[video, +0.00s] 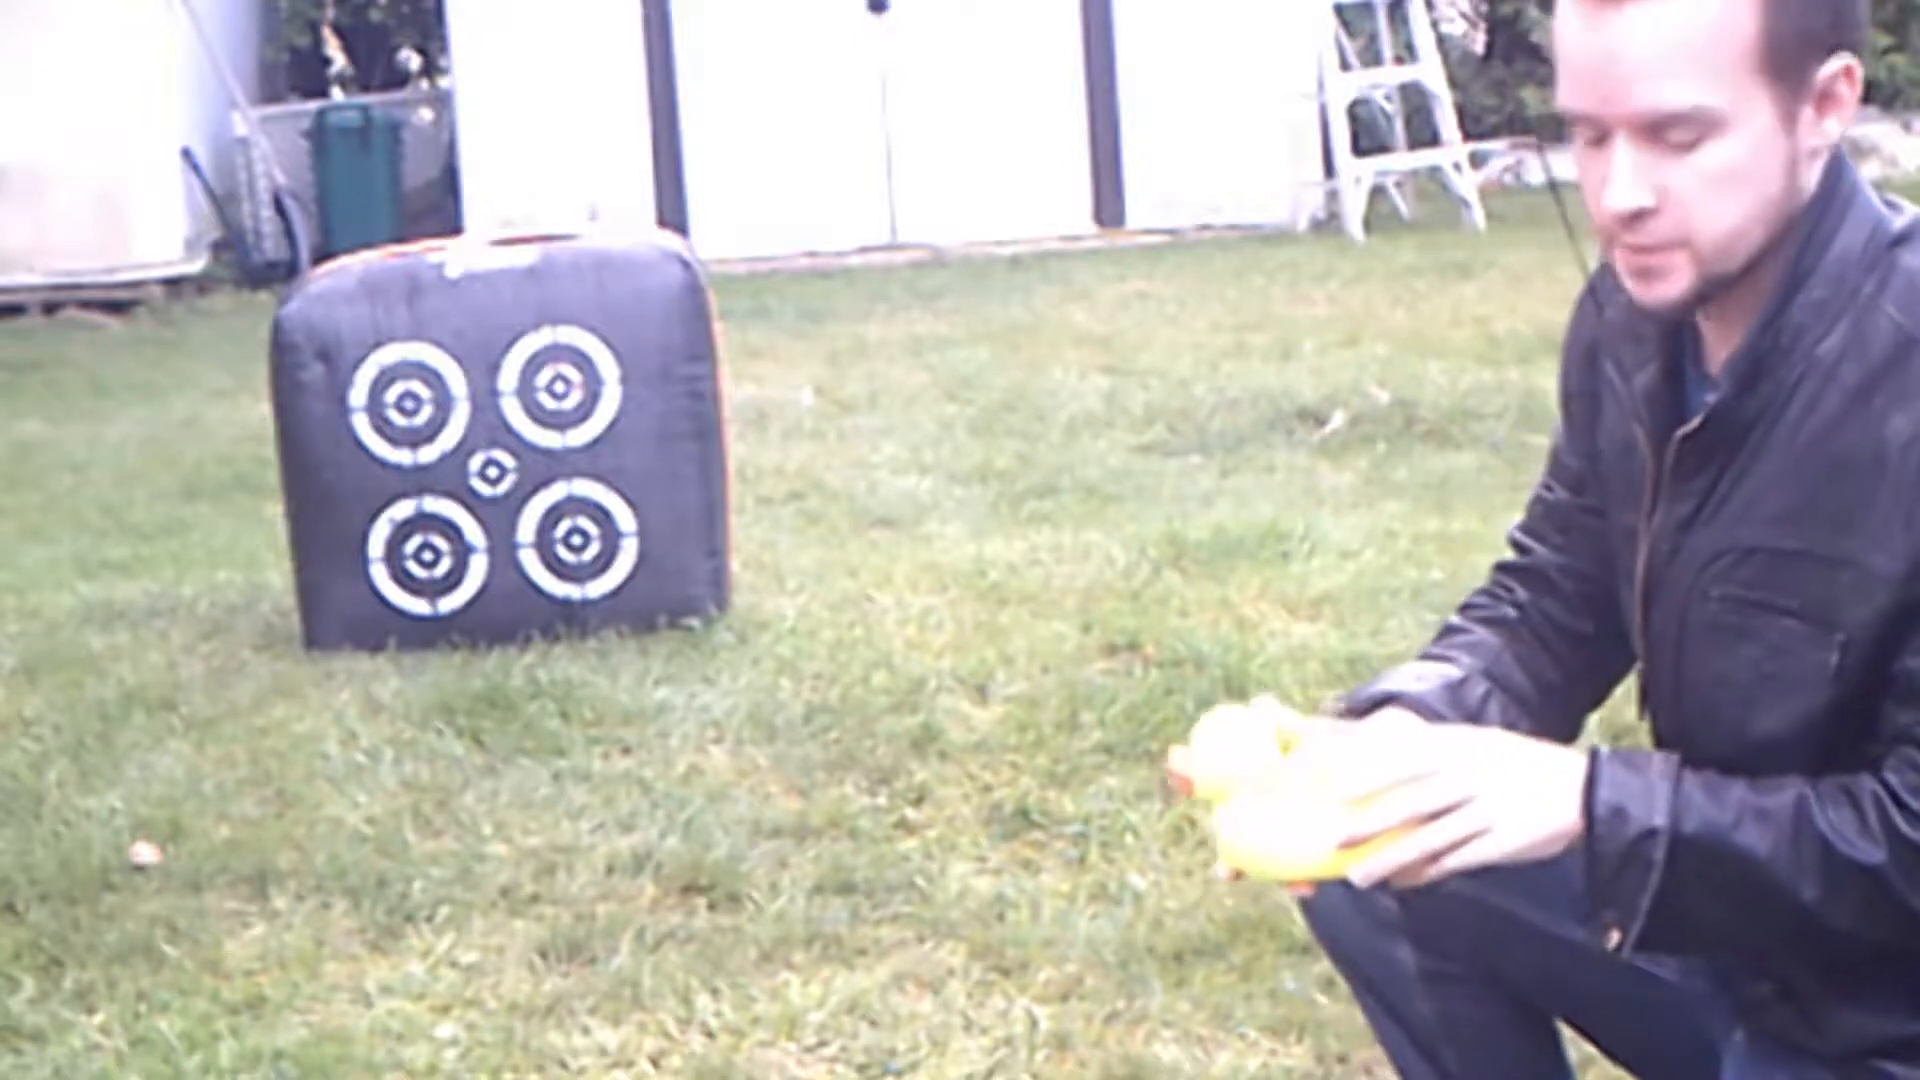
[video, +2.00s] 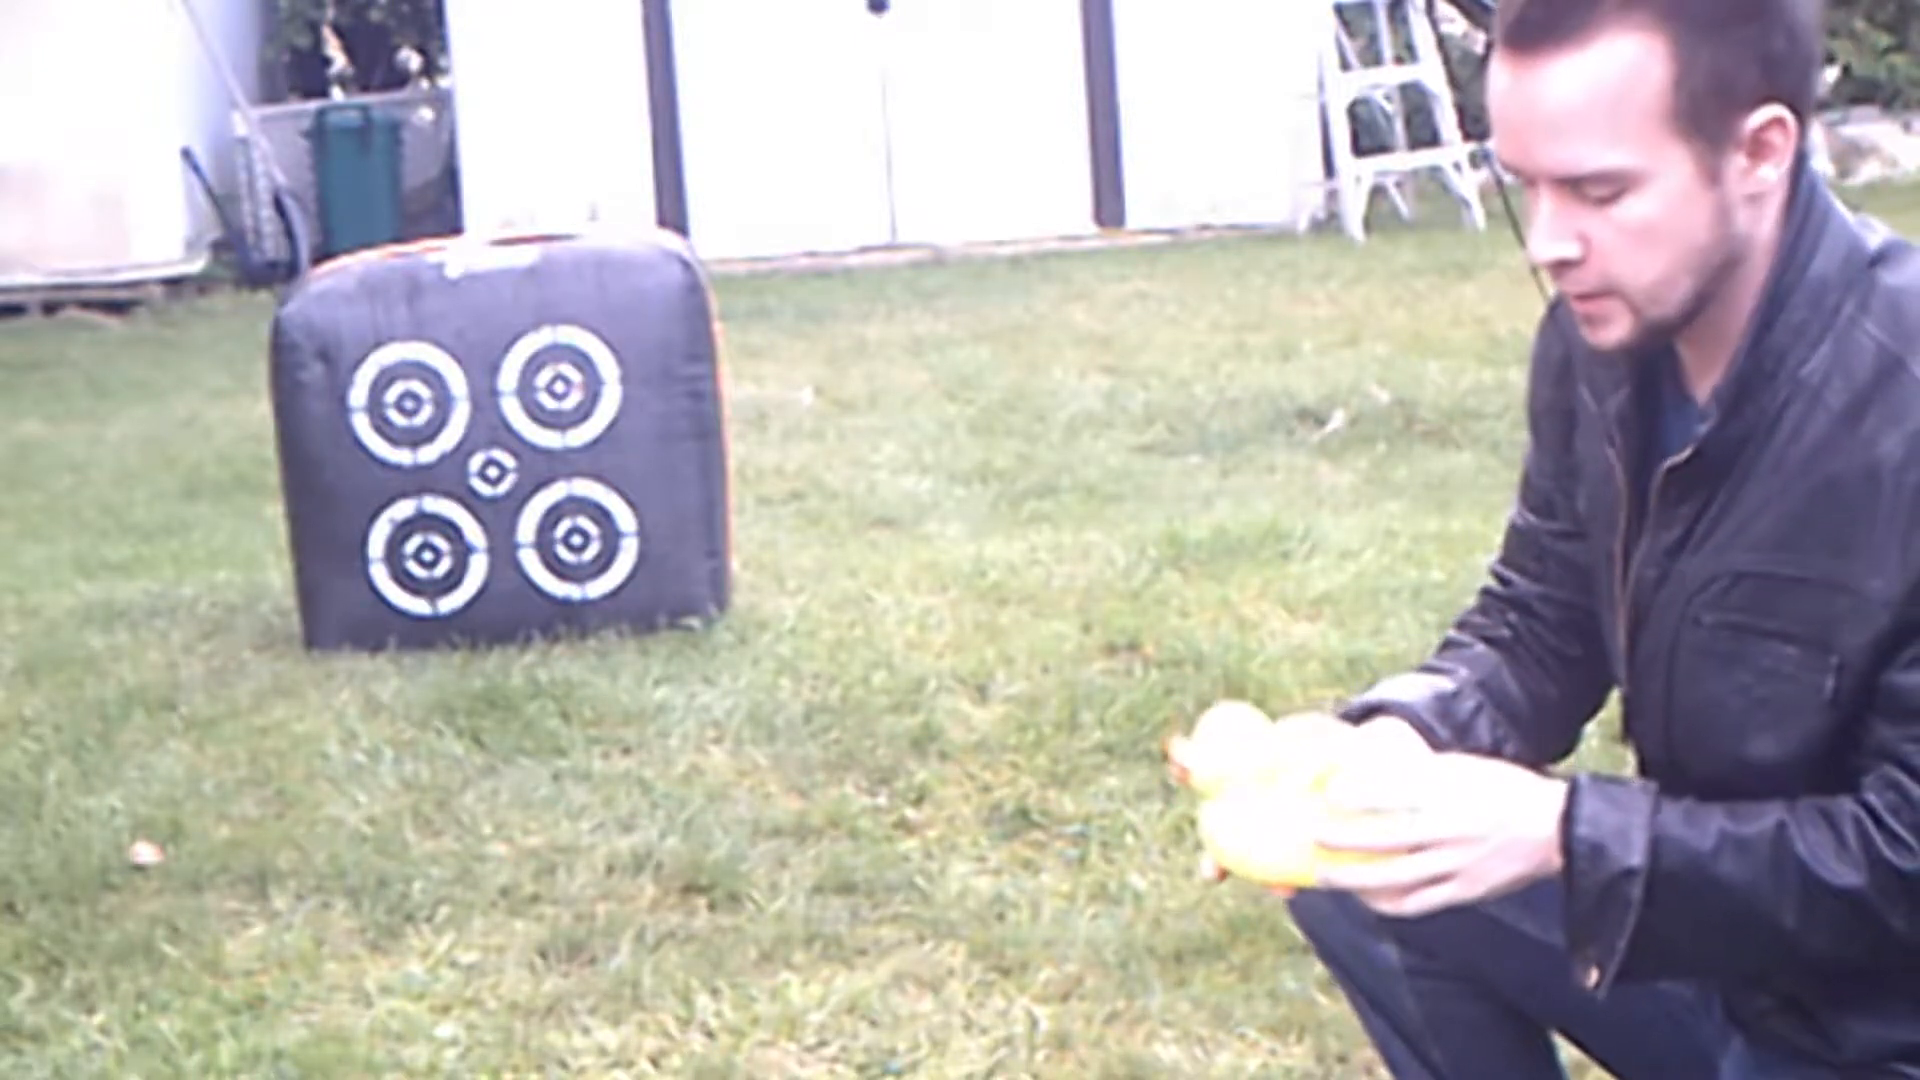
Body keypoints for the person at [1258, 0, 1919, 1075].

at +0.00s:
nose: (1619, 195)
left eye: (1679, 135)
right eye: (1590, 136)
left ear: (1826, 109)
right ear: (1562, 120)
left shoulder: (1903, 362)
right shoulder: (1629, 310)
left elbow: (1907, 837)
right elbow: (1559, 598)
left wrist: (1596, 798)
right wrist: (1393, 736)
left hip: (1872, 1034)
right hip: (1710, 939)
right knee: (1369, 865)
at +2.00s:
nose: (1546, 246)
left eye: (1599, 192)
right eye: (1523, 188)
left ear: (1763, 155)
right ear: (1501, 155)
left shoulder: (1900, 388)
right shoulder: (1594, 332)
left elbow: (1902, 852)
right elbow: (1541, 626)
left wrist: (1571, 830)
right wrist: (1393, 740)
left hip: (1870, 1042)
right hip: (1702, 964)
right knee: (1354, 872)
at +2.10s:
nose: (1542, 247)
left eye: (1594, 194)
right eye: (1521, 190)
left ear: (1761, 158)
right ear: (1502, 154)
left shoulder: (1902, 383)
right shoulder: (1592, 330)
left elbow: (1905, 850)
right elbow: (1539, 628)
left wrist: (1567, 833)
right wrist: (1393, 739)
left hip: (1871, 1045)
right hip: (1703, 968)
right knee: (1351, 874)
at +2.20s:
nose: (1539, 249)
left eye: (1591, 195)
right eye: (1517, 191)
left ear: (1757, 159)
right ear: (1500, 155)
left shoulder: (1904, 388)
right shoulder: (1592, 329)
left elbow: (1906, 851)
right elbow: (1538, 628)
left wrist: (1562, 835)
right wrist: (1391, 742)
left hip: (1872, 1044)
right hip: (1705, 968)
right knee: (1354, 874)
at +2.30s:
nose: (1537, 250)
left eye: (1588, 194)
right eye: (1514, 192)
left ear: (1755, 156)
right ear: (1495, 157)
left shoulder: (1901, 385)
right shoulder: (1589, 332)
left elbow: (1902, 853)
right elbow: (1536, 631)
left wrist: (1564, 841)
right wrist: (1390, 740)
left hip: (1870, 1044)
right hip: (1701, 972)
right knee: (1354, 874)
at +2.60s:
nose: (1538, 249)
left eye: (1591, 191)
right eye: (1515, 190)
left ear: (1754, 147)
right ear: (1491, 159)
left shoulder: (1898, 388)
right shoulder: (1584, 339)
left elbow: (1900, 851)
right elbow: (1530, 637)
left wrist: (1562, 848)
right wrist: (1374, 752)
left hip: (1874, 1044)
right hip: (1699, 975)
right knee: (1347, 872)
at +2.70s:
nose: (1538, 250)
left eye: (1590, 191)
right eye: (1513, 191)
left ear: (1752, 146)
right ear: (1488, 160)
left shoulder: (1898, 388)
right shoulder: (1583, 341)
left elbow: (1901, 848)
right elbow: (1530, 634)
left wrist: (1563, 842)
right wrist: (1373, 754)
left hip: (1874, 1043)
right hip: (1699, 976)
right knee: (1348, 876)